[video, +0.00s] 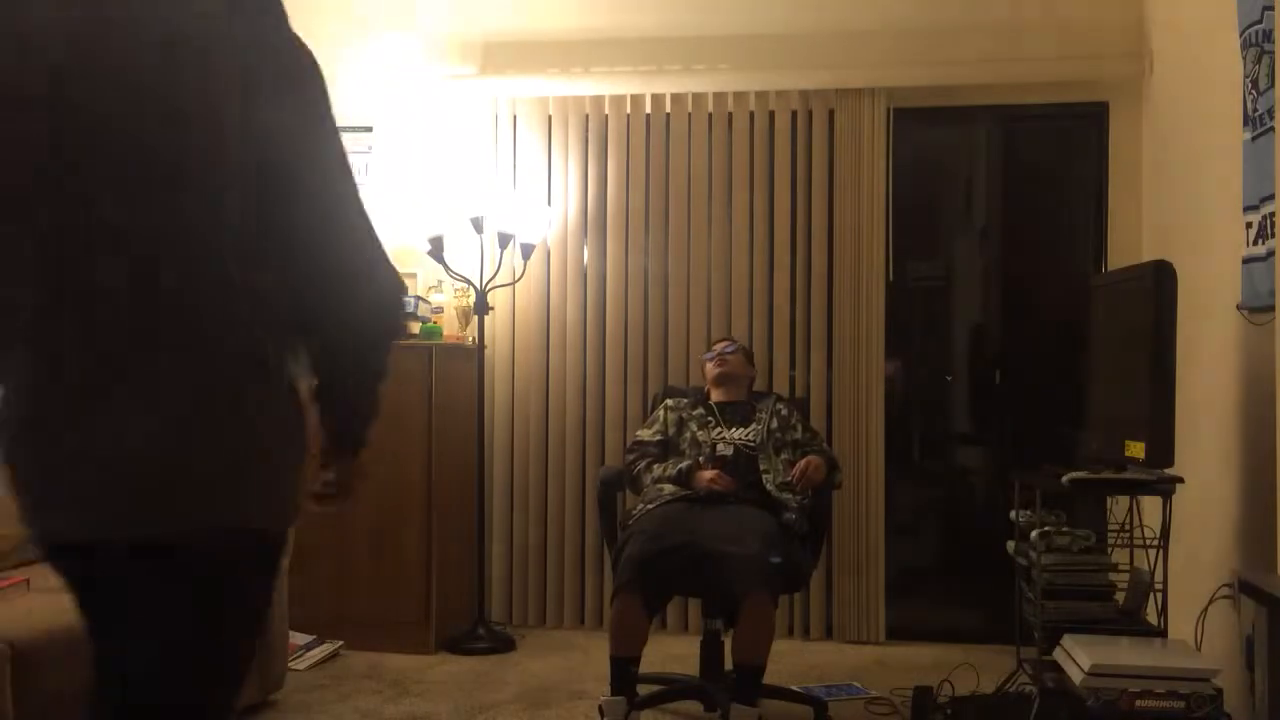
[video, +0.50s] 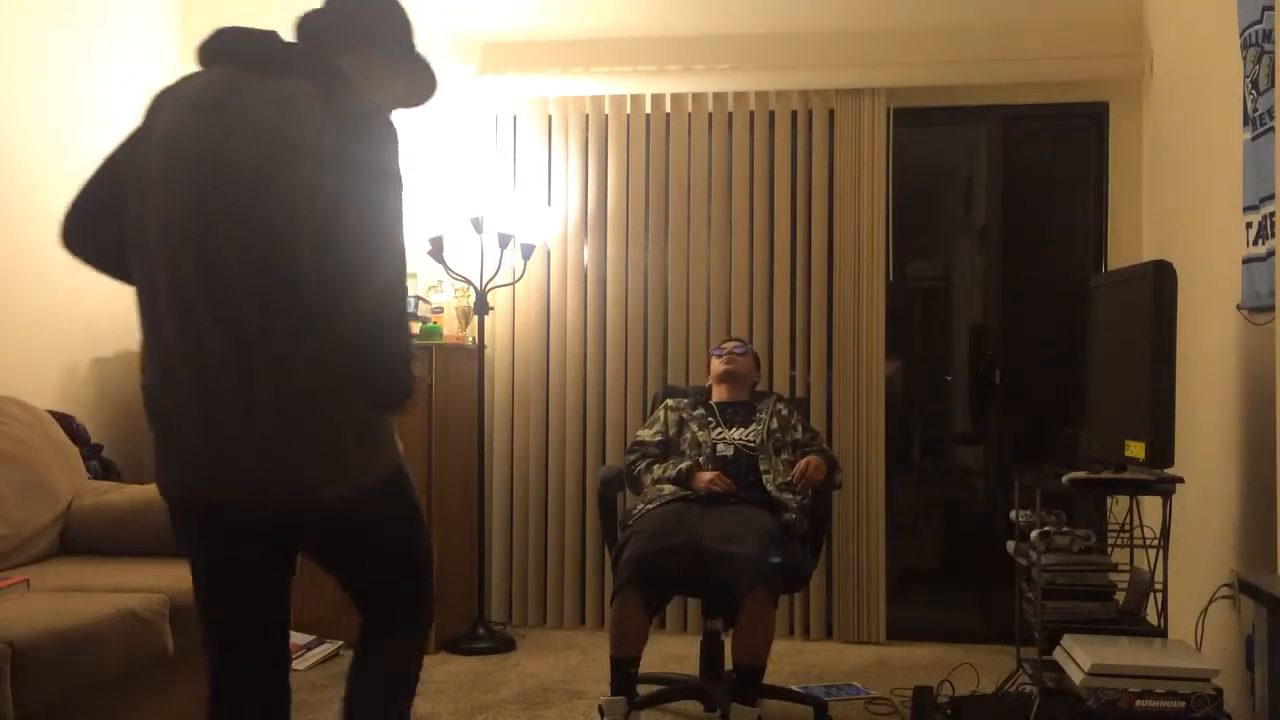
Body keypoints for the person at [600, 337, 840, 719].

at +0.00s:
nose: (719, 354)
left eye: (730, 349)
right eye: (711, 353)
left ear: (752, 370)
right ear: (703, 374)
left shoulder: (778, 412)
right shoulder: (673, 410)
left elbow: (825, 458)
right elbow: (639, 464)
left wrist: (820, 462)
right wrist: (689, 476)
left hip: (751, 508)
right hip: (675, 505)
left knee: (757, 574)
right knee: (638, 566)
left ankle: (746, 705)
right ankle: (621, 696)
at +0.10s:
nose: (721, 353)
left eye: (733, 349)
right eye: (712, 352)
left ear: (753, 370)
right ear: (704, 373)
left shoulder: (778, 412)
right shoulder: (673, 410)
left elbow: (825, 458)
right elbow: (639, 464)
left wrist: (820, 461)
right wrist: (689, 476)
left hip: (751, 508)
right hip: (674, 505)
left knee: (758, 574)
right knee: (638, 566)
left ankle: (746, 704)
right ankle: (621, 695)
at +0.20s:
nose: (723, 352)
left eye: (735, 349)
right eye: (715, 351)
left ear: (754, 370)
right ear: (706, 372)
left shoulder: (779, 413)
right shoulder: (673, 410)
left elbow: (826, 459)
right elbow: (639, 465)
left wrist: (820, 461)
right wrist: (689, 476)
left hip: (751, 508)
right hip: (674, 505)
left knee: (757, 576)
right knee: (638, 568)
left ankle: (746, 705)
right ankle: (621, 696)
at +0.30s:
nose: (725, 352)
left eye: (737, 349)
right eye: (716, 351)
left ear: (755, 371)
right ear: (707, 373)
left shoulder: (779, 413)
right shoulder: (673, 410)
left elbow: (826, 459)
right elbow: (640, 464)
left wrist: (820, 461)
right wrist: (689, 476)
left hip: (751, 508)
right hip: (674, 505)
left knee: (757, 577)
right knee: (638, 569)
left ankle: (745, 705)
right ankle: (621, 697)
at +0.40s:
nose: (727, 351)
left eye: (738, 349)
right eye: (718, 350)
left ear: (756, 370)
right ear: (707, 372)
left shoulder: (779, 412)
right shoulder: (673, 410)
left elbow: (825, 459)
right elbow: (639, 464)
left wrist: (820, 461)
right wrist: (689, 476)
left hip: (751, 507)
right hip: (674, 504)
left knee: (758, 576)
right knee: (638, 568)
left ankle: (745, 705)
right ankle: (621, 696)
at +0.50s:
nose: (728, 351)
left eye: (739, 349)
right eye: (719, 350)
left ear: (757, 370)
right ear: (708, 371)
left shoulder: (779, 412)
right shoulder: (674, 410)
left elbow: (824, 457)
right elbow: (638, 464)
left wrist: (820, 461)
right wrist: (690, 476)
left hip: (750, 507)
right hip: (673, 504)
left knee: (758, 576)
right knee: (638, 568)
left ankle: (746, 703)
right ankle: (621, 694)